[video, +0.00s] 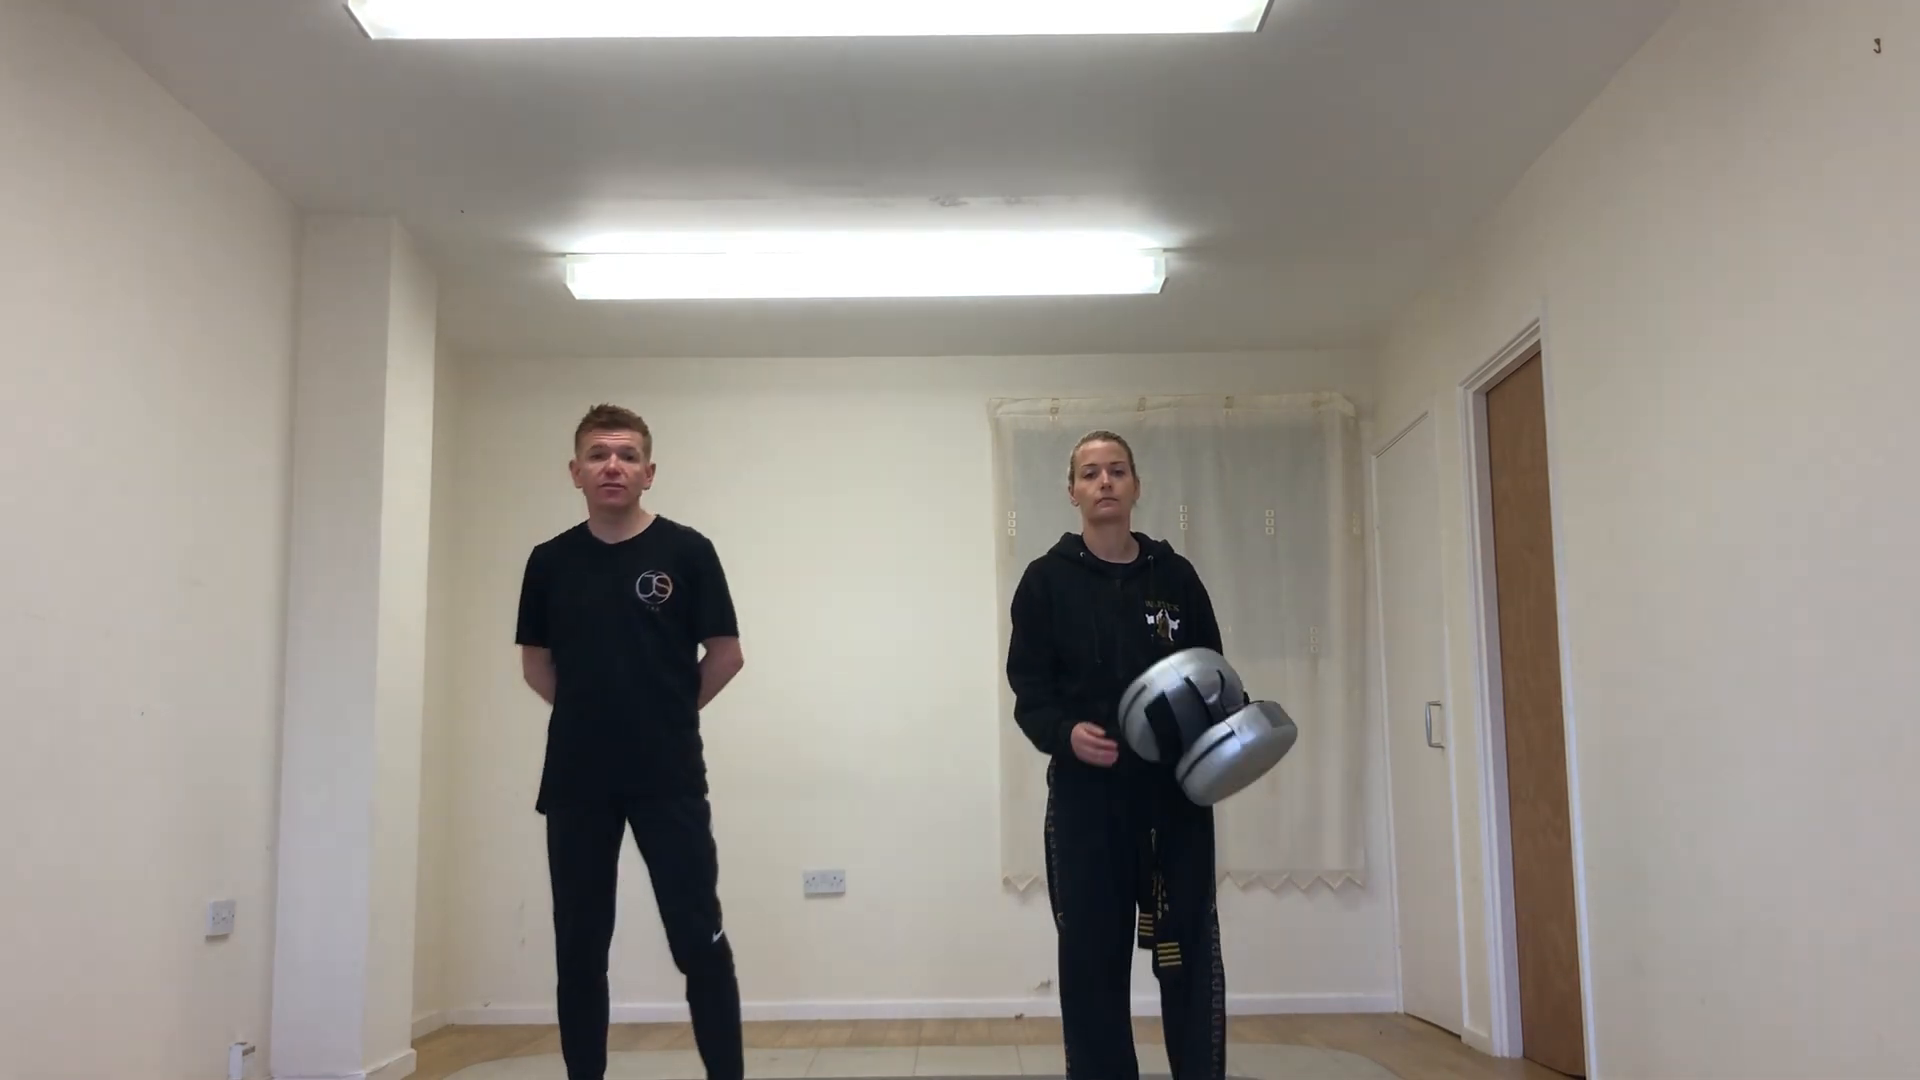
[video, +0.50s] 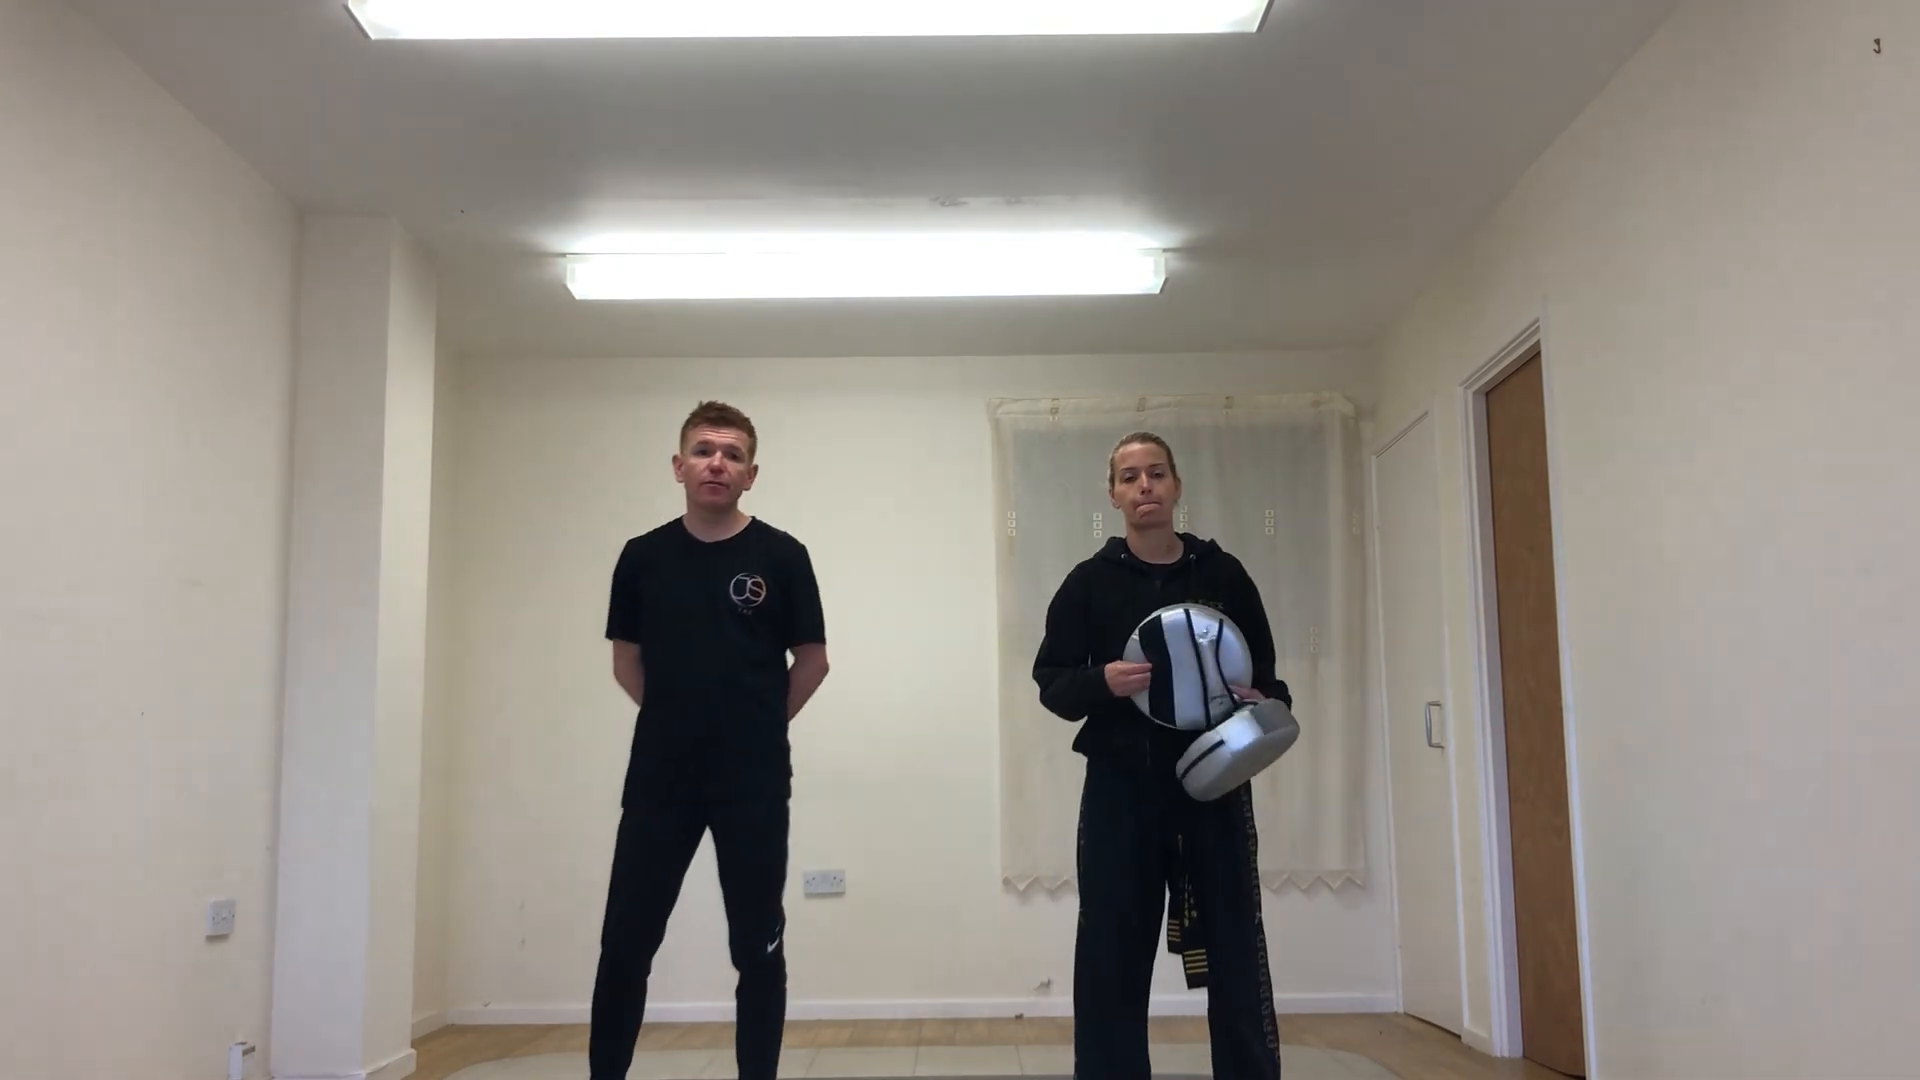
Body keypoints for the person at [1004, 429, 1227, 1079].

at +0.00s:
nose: (1104, 481)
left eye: (1116, 470)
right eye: (1090, 473)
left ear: (1136, 486)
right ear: (1073, 492)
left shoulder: (1175, 573)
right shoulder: (1045, 579)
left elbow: (1209, 672)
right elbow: (1029, 689)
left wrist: (1213, 729)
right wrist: (1064, 732)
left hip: (1175, 788)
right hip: (1087, 792)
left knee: (1191, 952)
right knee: (1092, 959)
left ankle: (1200, 1073)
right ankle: (1101, 1077)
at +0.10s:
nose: (1110, 481)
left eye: (1121, 471)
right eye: (1096, 474)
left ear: (1141, 486)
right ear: (1078, 492)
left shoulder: (1179, 571)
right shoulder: (1051, 578)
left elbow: (1211, 671)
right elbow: (1028, 680)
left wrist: (1212, 724)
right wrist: (1067, 713)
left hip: (1181, 786)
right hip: (1091, 790)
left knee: (1209, 952)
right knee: (1095, 961)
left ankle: (1226, 1075)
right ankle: (1102, 1077)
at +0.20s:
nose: (1117, 482)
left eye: (1128, 471)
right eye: (1103, 474)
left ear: (1149, 488)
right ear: (1085, 494)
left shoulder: (1187, 571)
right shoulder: (1057, 578)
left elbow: (1218, 670)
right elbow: (1027, 686)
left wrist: (1221, 709)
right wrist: (1066, 702)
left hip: (1188, 787)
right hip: (1097, 790)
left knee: (1223, 949)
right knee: (1098, 962)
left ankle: (1246, 1076)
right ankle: (1104, 1079)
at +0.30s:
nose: (1125, 485)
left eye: (1137, 474)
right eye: (1111, 477)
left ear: (1157, 489)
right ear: (1093, 496)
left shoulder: (1197, 574)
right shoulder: (1066, 582)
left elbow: (1229, 671)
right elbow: (1031, 685)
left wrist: (1230, 698)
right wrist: (1076, 695)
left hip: (1195, 788)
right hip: (1105, 791)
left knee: (1230, 950)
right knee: (1100, 961)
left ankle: (1250, 1075)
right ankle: (1105, 1077)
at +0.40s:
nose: (1136, 485)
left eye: (1147, 474)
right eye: (1121, 477)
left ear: (1167, 487)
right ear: (1103, 494)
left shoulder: (1210, 572)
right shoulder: (1077, 583)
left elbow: (1247, 671)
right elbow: (1042, 686)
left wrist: (1247, 701)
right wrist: (1091, 692)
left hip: (1205, 787)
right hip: (1114, 790)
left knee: (1232, 951)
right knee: (1106, 958)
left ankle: (1247, 1076)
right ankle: (1107, 1077)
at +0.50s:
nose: (1145, 485)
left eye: (1156, 473)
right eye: (1130, 477)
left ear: (1177, 487)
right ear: (1113, 495)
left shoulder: (1222, 572)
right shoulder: (1088, 582)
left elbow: (1265, 675)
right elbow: (1053, 686)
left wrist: (1259, 698)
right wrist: (1100, 680)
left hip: (1215, 786)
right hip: (1123, 789)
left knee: (1236, 953)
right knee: (1112, 959)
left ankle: (1250, 1075)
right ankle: (1111, 1077)